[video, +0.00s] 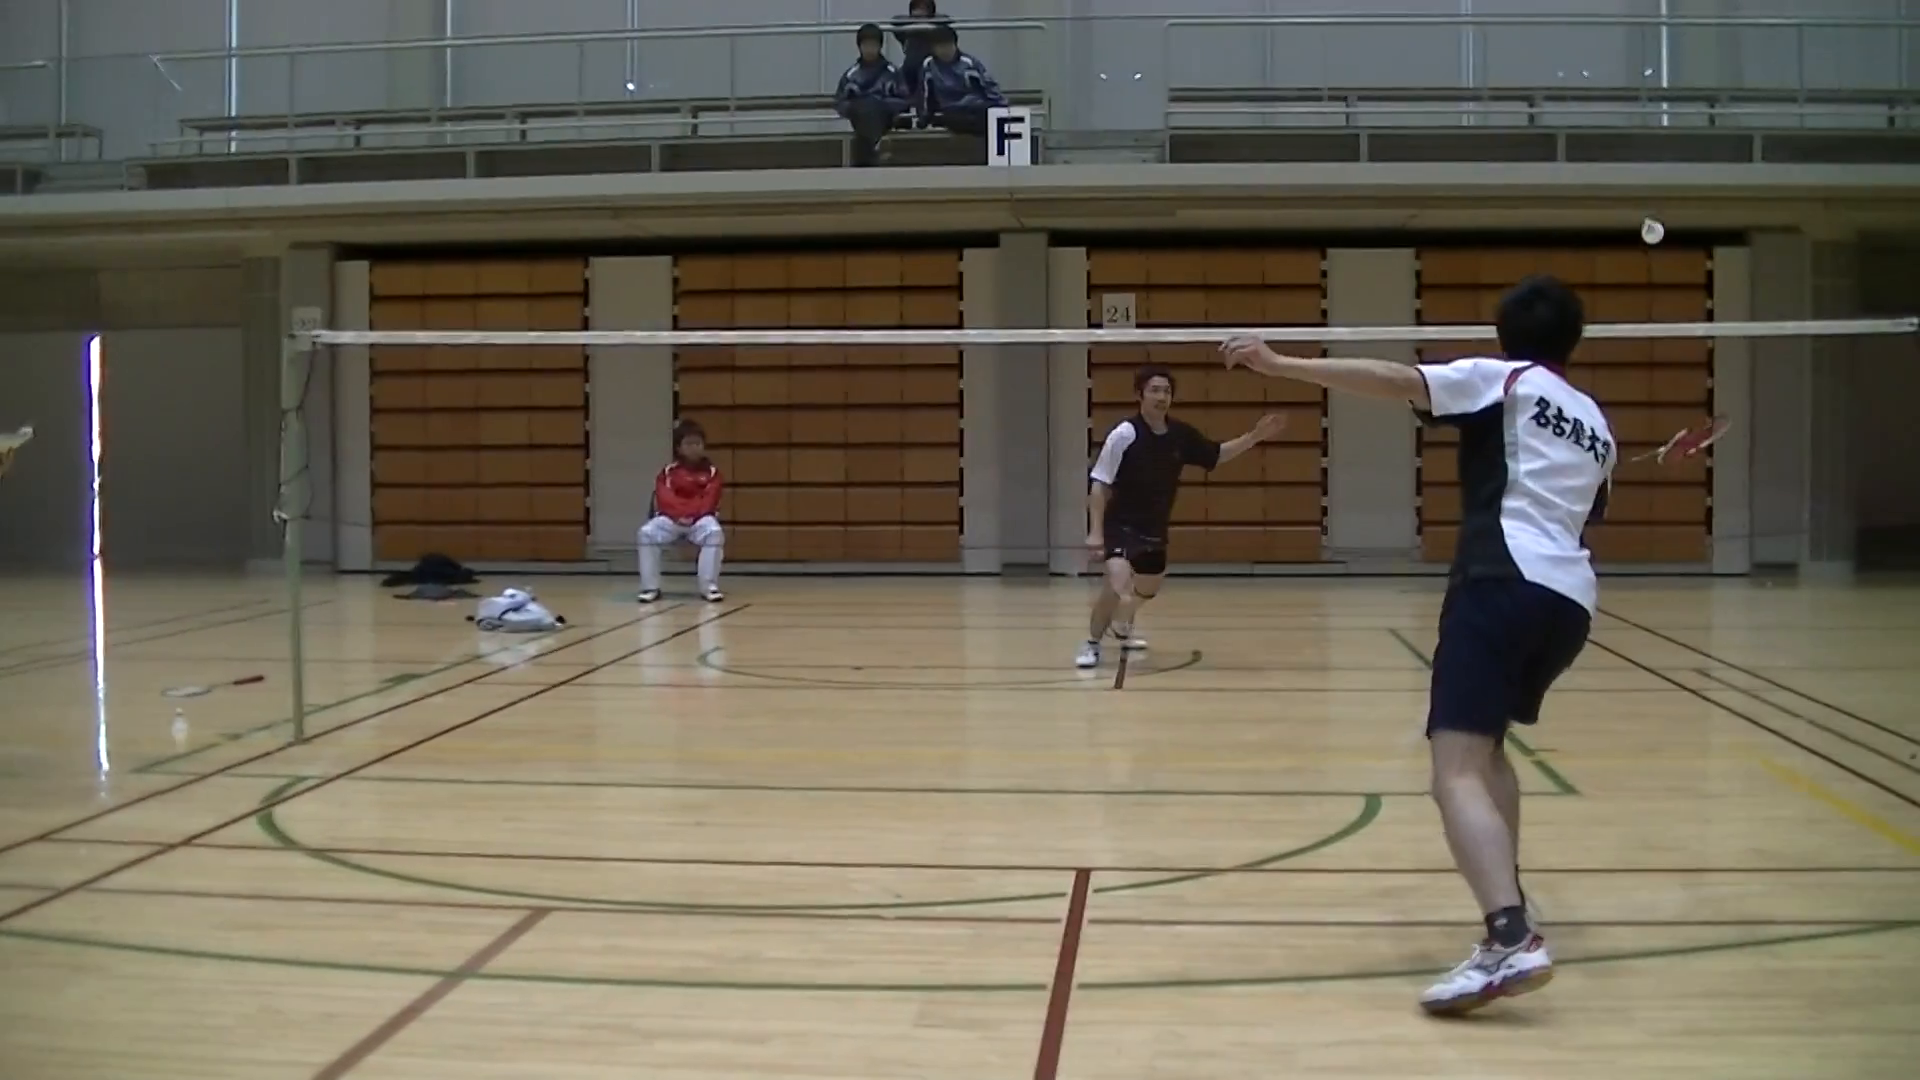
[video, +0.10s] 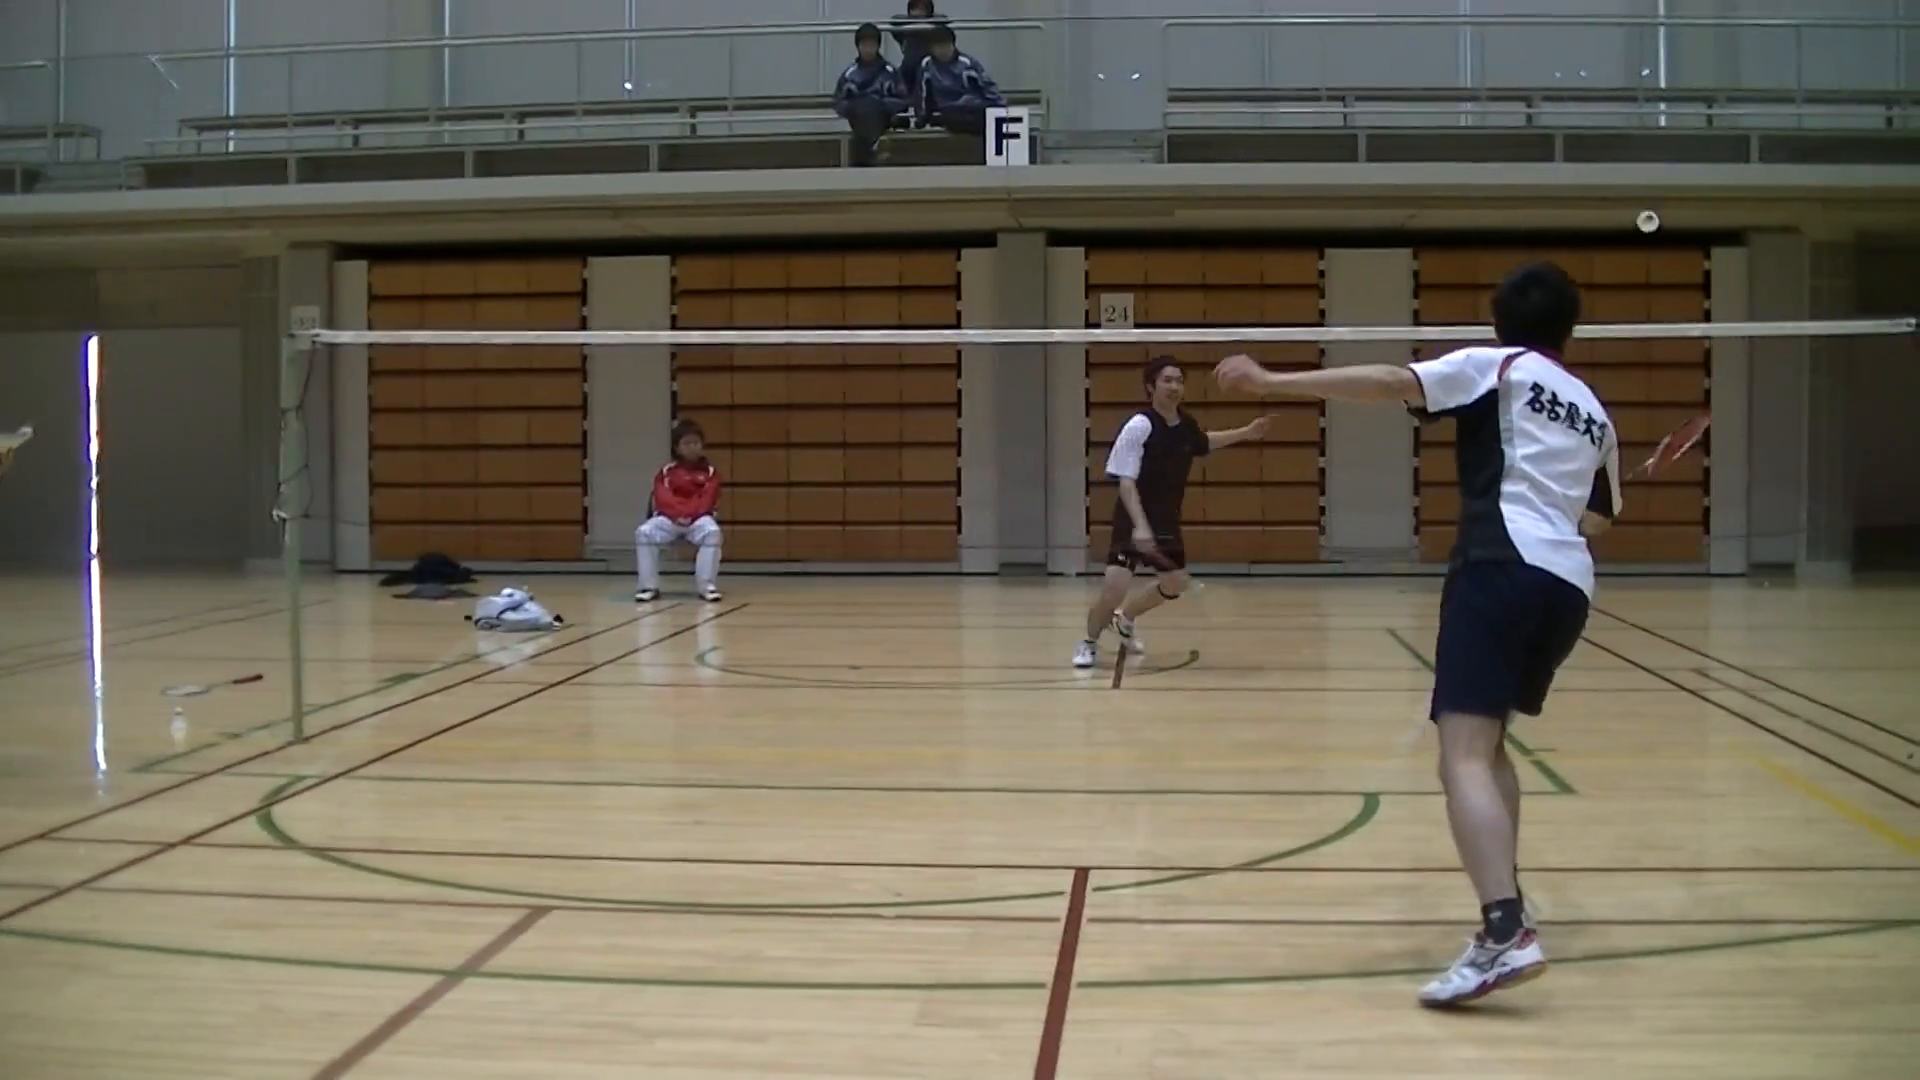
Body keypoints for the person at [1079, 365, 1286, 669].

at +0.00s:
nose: (1161, 396)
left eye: (1166, 391)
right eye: (1154, 390)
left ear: (1171, 397)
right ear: (1140, 395)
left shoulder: (1179, 434)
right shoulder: (1124, 433)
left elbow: (1216, 455)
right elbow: (1099, 484)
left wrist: (1256, 435)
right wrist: (1096, 532)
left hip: (1155, 525)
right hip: (1120, 523)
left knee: (1147, 588)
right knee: (1117, 583)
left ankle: (1124, 623)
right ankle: (1092, 643)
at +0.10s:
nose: (1175, 386)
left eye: (1179, 381)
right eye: (1168, 380)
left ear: (1184, 388)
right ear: (1151, 387)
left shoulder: (1186, 426)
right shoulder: (1138, 426)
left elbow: (1204, 444)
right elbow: (1126, 483)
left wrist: (1247, 432)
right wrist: (1141, 526)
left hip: (1166, 517)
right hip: (1132, 514)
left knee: (1175, 583)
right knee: (1116, 584)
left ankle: (1125, 617)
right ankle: (1090, 641)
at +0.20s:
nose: (1189, 374)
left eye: (1193, 369)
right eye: (1182, 368)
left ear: (1195, 374)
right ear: (1164, 372)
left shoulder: (1180, 411)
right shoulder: (1158, 409)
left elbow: (1175, 451)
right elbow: (1151, 463)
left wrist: (1203, 446)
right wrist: (1176, 503)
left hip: (1165, 507)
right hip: (1138, 506)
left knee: (1187, 577)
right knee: (1120, 593)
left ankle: (1124, 624)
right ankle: (1063, 630)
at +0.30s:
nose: (1212, 379)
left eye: (1215, 373)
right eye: (1206, 371)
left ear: (1214, 376)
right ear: (1186, 372)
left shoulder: (1188, 407)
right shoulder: (1181, 408)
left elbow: (1171, 463)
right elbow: (1172, 462)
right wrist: (1201, 505)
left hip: (1166, 509)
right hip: (1150, 510)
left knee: (1185, 583)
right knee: (1155, 597)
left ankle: (1123, 638)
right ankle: (1074, 612)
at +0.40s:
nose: (1249, 398)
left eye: (1251, 392)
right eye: (1242, 391)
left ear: (1224, 396)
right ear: (1221, 393)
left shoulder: (1210, 425)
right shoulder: (1213, 426)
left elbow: (1192, 481)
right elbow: (1207, 481)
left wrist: (1206, 520)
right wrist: (1242, 527)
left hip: (1164, 523)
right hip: (1172, 525)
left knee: (1180, 598)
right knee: (1219, 589)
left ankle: (1113, 650)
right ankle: (1147, 634)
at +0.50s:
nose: (1295, 408)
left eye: (1299, 401)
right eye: (1290, 399)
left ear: (1299, 403)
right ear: (1268, 400)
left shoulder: (1267, 437)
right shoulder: (1258, 436)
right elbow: (1263, 495)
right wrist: (1292, 538)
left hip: (1210, 521)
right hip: (1206, 521)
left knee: (1179, 600)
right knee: (1265, 569)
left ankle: (1119, 643)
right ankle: (1271, 665)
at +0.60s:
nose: (1349, 426)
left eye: (1352, 419)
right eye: (1342, 417)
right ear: (1320, 417)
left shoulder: (1303, 448)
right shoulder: (1308, 454)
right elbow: (1320, 517)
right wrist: (1346, 567)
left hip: (1251, 540)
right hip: (1255, 541)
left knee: (1224, 613)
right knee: (1314, 591)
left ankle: (1156, 647)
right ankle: (1338, 685)